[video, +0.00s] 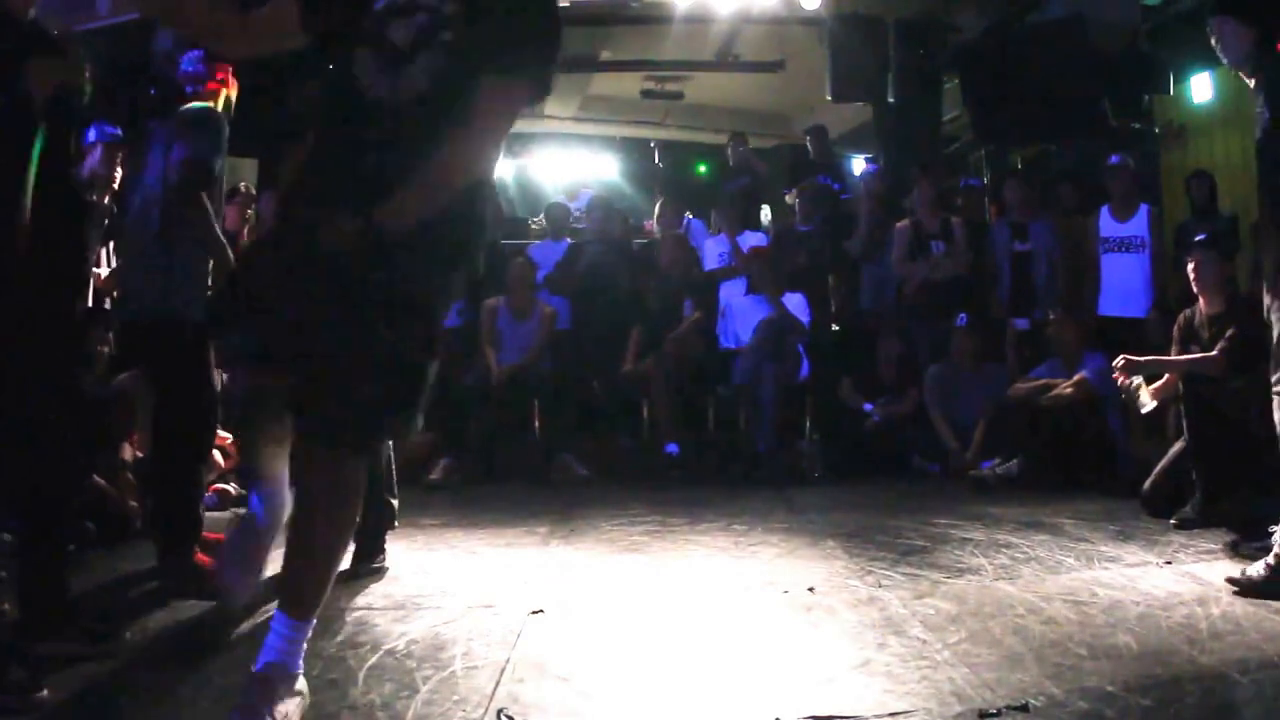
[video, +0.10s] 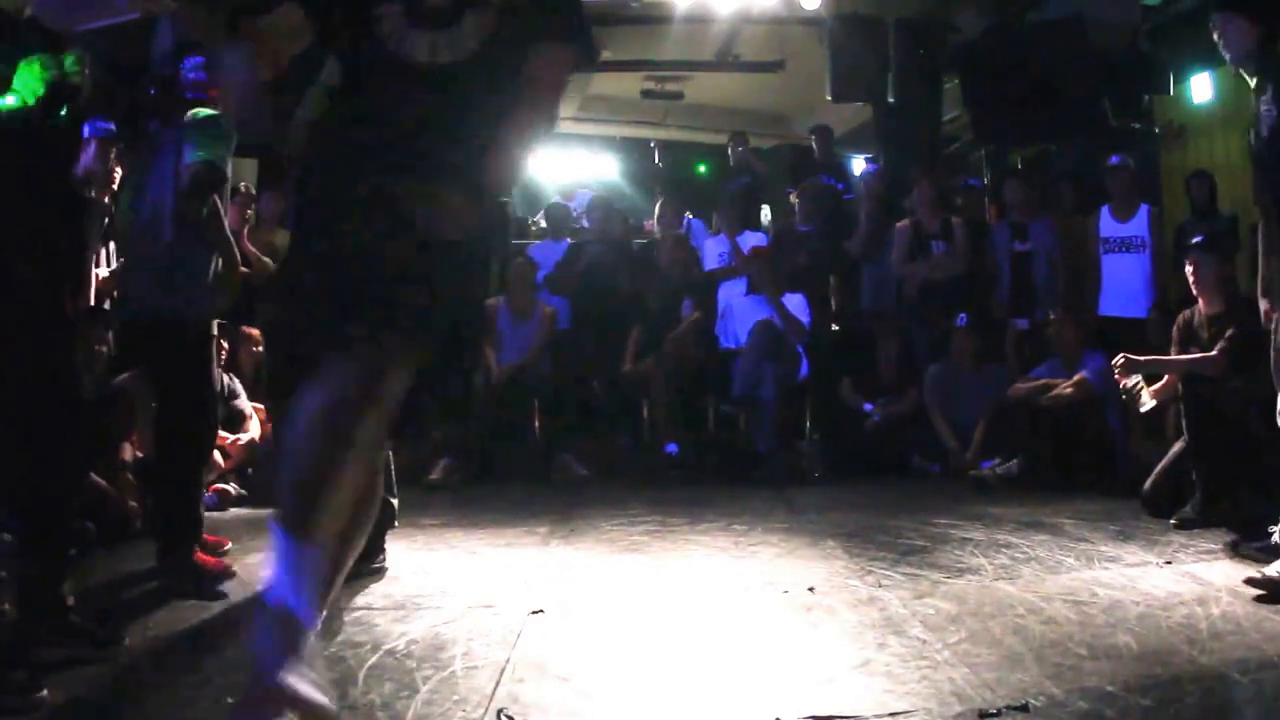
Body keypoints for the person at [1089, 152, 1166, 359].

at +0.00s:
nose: (1117, 184)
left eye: (1122, 178)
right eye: (1113, 178)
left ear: (1132, 180)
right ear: (1107, 181)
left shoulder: (1150, 216)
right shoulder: (1098, 218)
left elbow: (1157, 260)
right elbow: (1092, 263)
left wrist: (1157, 303)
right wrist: (1091, 304)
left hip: (1141, 311)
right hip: (1108, 311)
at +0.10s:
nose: (1117, 182)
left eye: (1122, 176)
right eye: (1113, 177)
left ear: (1133, 179)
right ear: (1107, 181)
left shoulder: (1151, 216)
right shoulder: (1098, 218)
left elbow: (1157, 261)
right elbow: (1093, 264)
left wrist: (1158, 302)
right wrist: (1093, 304)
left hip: (1141, 310)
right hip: (1108, 310)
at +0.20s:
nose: (1118, 182)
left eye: (1122, 176)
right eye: (1113, 177)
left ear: (1132, 179)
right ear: (1107, 180)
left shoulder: (1151, 216)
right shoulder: (1098, 219)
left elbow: (1158, 262)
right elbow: (1094, 264)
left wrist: (1158, 303)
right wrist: (1093, 303)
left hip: (1142, 310)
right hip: (1109, 310)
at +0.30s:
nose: (1119, 184)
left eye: (1123, 177)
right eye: (1114, 178)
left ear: (1132, 180)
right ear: (1107, 182)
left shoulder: (1152, 217)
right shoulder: (1097, 219)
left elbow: (1158, 261)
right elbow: (1093, 263)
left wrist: (1159, 301)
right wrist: (1093, 303)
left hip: (1143, 309)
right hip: (1109, 309)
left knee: (1145, 371)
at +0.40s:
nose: (1117, 183)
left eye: (1121, 177)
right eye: (1112, 178)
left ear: (1131, 180)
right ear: (1107, 182)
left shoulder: (1151, 216)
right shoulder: (1098, 218)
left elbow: (1158, 261)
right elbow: (1093, 263)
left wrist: (1159, 301)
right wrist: (1093, 303)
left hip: (1142, 310)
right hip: (1109, 310)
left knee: (1144, 371)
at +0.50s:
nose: (1115, 182)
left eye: (1120, 176)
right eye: (1111, 177)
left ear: (1130, 179)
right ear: (1106, 181)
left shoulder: (1151, 216)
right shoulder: (1098, 218)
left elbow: (1160, 259)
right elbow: (1093, 263)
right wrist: (1093, 302)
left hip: (1141, 307)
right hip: (1109, 307)